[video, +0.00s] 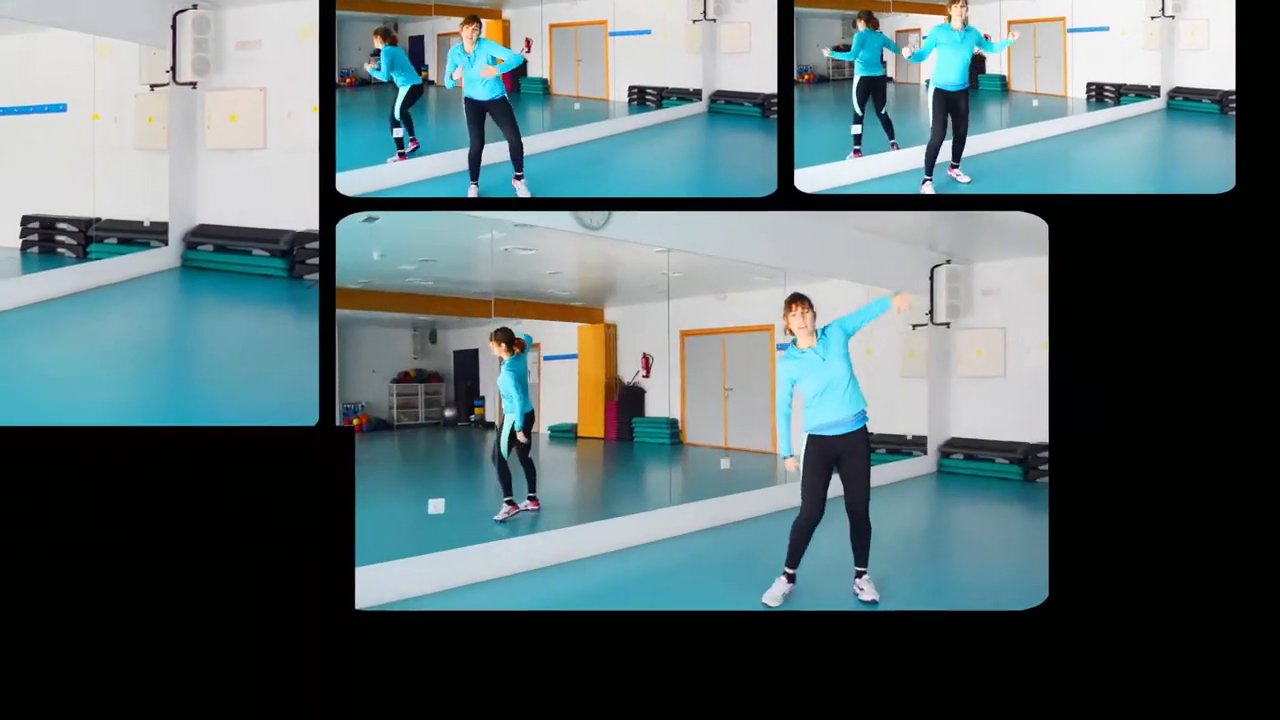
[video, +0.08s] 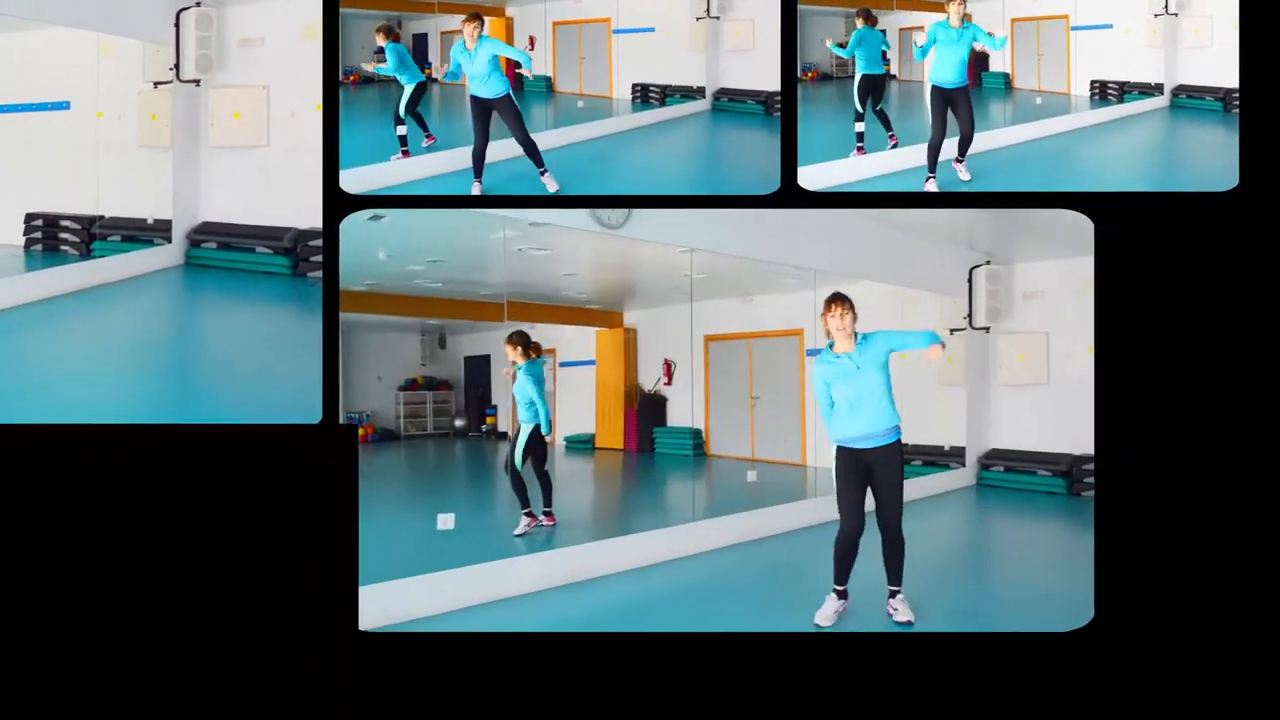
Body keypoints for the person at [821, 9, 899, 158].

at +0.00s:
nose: (857, 25)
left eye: (858, 22)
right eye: (857, 22)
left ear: (862, 22)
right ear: (871, 21)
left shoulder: (860, 35)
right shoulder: (880, 36)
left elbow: (852, 56)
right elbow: (895, 48)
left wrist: (831, 53)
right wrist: (904, 51)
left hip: (863, 77)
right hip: (879, 77)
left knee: (858, 113)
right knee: (881, 111)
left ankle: (857, 151)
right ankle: (893, 144)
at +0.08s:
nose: (856, 22)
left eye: (856, 20)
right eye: (856, 20)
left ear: (860, 19)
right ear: (869, 19)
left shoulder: (858, 33)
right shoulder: (878, 33)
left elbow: (848, 54)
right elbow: (888, 47)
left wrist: (832, 47)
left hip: (863, 75)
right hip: (879, 74)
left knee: (860, 111)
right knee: (877, 107)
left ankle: (860, 148)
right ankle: (892, 136)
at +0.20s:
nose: (853, 21)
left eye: (853, 18)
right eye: (853, 18)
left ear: (858, 18)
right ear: (868, 17)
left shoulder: (857, 32)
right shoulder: (875, 31)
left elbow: (843, 54)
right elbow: (865, 48)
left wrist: (841, 39)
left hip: (869, 71)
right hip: (884, 69)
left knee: (861, 105)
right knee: (872, 100)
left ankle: (864, 144)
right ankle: (879, 130)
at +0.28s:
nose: (851, 23)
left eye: (852, 20)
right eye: (852, 20)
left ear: (856, 20)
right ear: (865, 19)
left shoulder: (856, 33)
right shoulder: (873, 32)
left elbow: (845, 57)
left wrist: (847, 42)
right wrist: (854, 38)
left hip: (873, 70)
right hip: (886, 68)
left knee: (863, 102)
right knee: (869, 100)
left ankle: (868, 141)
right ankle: (873, 132)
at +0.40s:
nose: (849, 27)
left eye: (850, 24)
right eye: (849, 24)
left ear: (854, 24)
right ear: (864, 24)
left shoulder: (857, 39)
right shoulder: (873, 37)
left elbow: (852, 64)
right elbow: (875, 55)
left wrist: (860, 62)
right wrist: (861, 59)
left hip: (876, 73)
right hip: (887, 72)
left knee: (865, 103)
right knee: (867, 102)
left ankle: (871, 140)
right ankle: (872, 138)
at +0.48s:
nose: (848, 29)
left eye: (848, 26)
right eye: (847, 26)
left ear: (853, 26)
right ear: (862, 25)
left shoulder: (858, 40)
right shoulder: (871, 37)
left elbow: (855, 65)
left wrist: (851, 52)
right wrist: (855, 51)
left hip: (878, 73)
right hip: (888, 71)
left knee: (867, 103)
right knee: (871, 99)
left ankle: (872, 139)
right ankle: (876, 129)